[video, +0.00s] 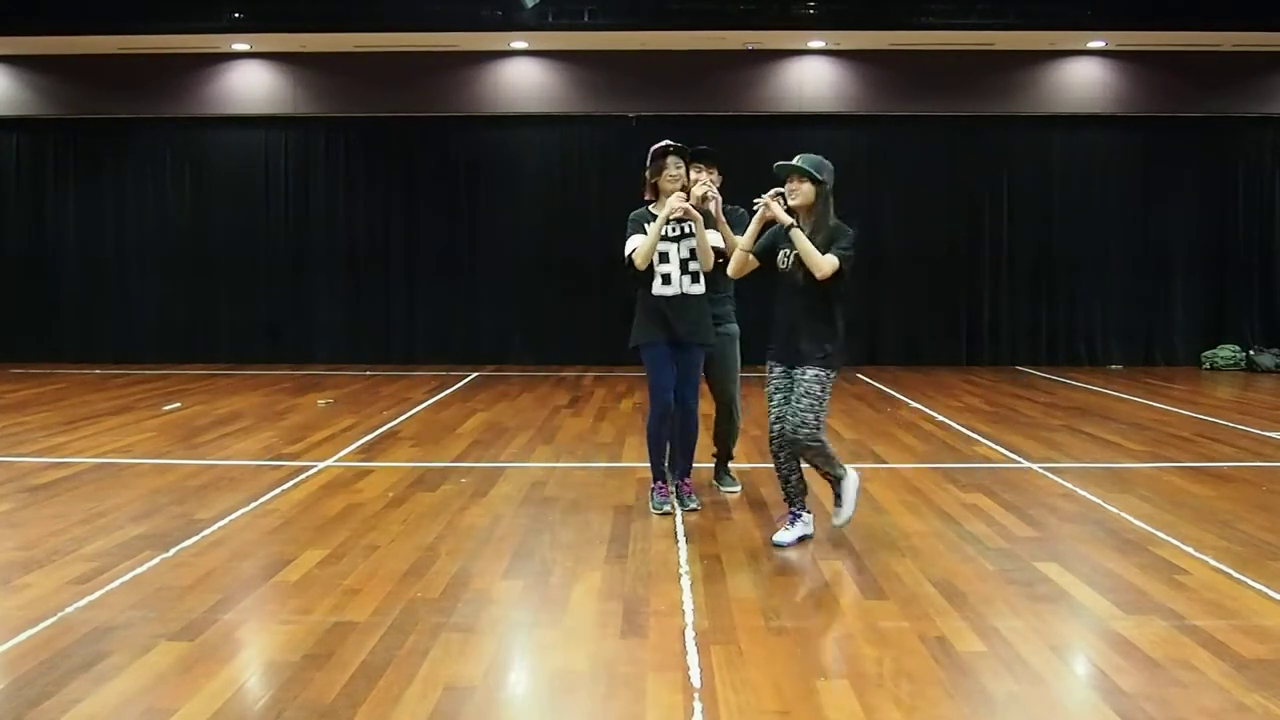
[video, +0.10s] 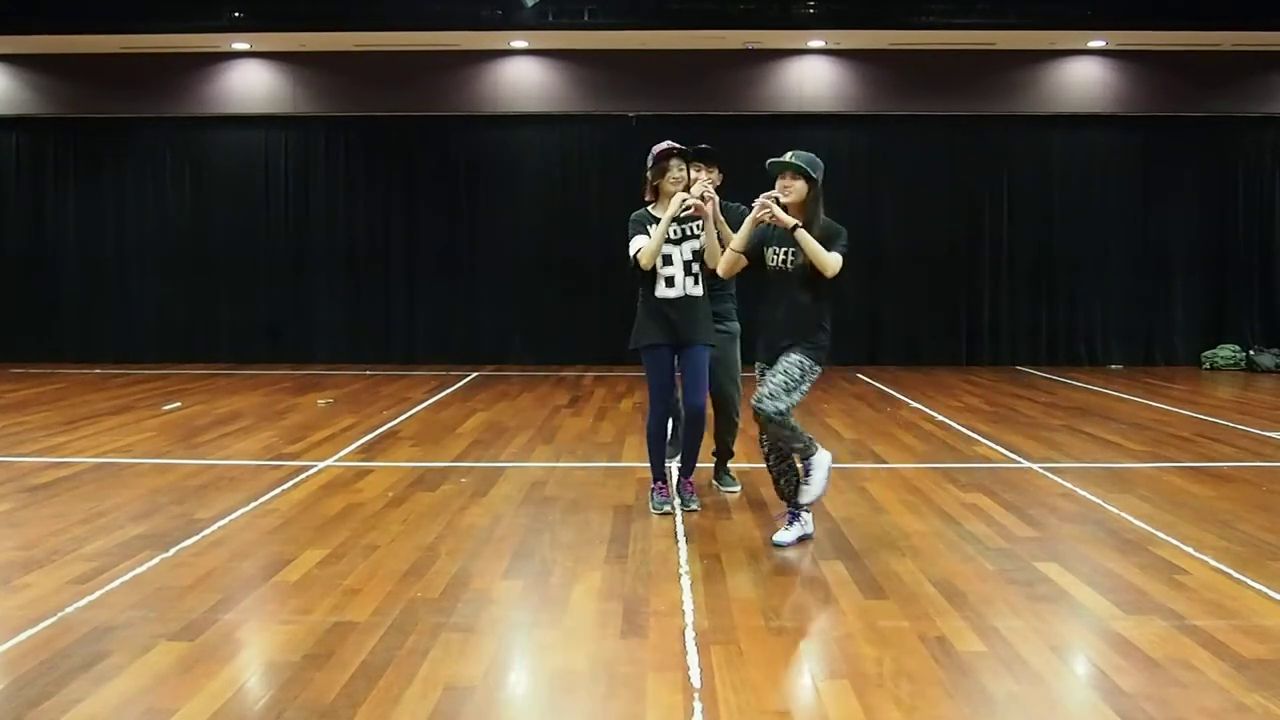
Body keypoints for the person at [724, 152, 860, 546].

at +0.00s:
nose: (791, 187)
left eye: (801, 181)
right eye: (788, 181)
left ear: (821, 187)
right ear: (785, 189)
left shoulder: (841, 234)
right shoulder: (780, 232)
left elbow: (822, 268)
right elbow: (735, 269)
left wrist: (787, 222)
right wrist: (757, 222)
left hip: (819, 350)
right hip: (780, 348)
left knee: (803, 435)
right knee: (779, 434)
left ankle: (841, 478)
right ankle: (799, 514)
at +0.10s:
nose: (784, 183)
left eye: (794, 177)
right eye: (781, 176)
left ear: (812, 185)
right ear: (775, 184)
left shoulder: (829, 232)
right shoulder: (765, 230)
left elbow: (831, 267)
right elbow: (725, 268)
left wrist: (793, 226)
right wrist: (749, 223)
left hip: (808, 343)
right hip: (768, 342)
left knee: (765, 408)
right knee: (770, 430)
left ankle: (813, 455)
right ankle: (798, 515)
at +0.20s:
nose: (779, 172)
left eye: (789, 167)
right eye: (775, 166)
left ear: (806, 176)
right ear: (767, 173)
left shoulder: (815, 219)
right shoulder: (753, 217)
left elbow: (837, 251)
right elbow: (711, 252)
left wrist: (797, 208)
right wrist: (743, 207)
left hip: (797, 332)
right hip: (759, 332)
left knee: (747, 393)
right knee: (772, 420)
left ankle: (783, 469)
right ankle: (798, 511)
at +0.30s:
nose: (770, 169)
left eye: (780, 163)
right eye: (765, 162)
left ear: (797, 174)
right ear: (756, 171)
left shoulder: (802, 216)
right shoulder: (742, 212)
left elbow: (836, 240)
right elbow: (698, 238)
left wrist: (795, 198)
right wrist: (734, 195)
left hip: (784, 332)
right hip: (747, 332)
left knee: (744, 407)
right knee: (767, 428)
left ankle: (749, 498)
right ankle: (796, 506)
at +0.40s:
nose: (760, 180)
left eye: (770, 173)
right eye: (754, 172)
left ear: (785, 182)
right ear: (745, 178)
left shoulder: (791, 226)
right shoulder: (731, 221)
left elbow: (819, 257)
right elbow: (692, 253)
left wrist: (783, 212)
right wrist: (725, 208)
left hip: (771, 347)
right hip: (731, 343)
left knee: (749, 435)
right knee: (728, 434)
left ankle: (738, 522)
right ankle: (784, 502)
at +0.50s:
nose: (747, 196)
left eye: (756, 189)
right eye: (741, 189)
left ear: (771, 193)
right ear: (732, 192)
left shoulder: (787, 239)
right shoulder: (722, 232)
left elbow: (801, 281)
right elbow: (688, 274)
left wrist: (767, 236)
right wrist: (716, 226)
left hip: (762, 355)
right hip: (720, 350)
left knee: (740, 438)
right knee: (700, 431)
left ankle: (739, 525)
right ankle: (753, 474)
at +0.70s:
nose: (727, 174)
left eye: (736, 167)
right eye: (720, 167)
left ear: (750, 173)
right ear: (709, 173)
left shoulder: (763, 218)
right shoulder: (696, 216)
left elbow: (784, 257)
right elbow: (653, 257)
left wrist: (743, 216)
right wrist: (684, 212)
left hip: (745, 345)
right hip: (698, 338)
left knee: (739, 438)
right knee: (681, 409)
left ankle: (737, 521)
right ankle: (701, 471)